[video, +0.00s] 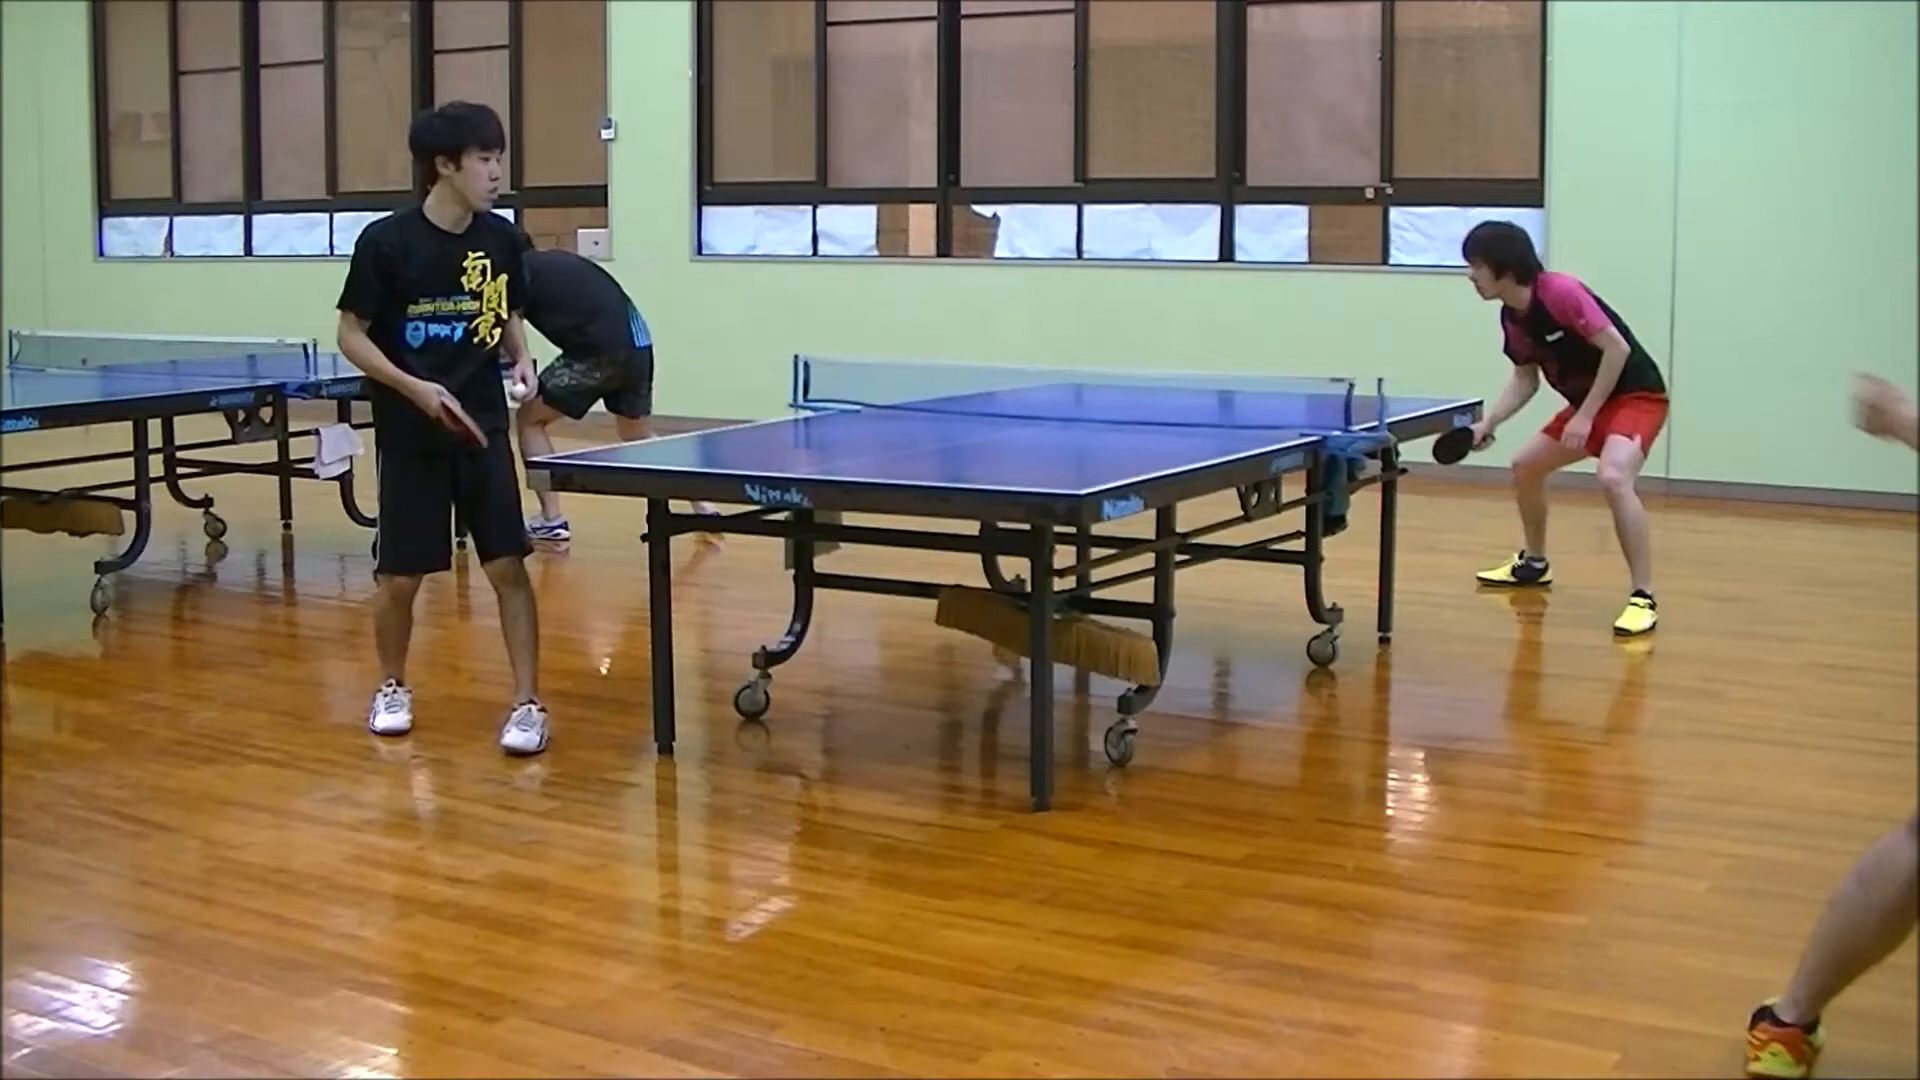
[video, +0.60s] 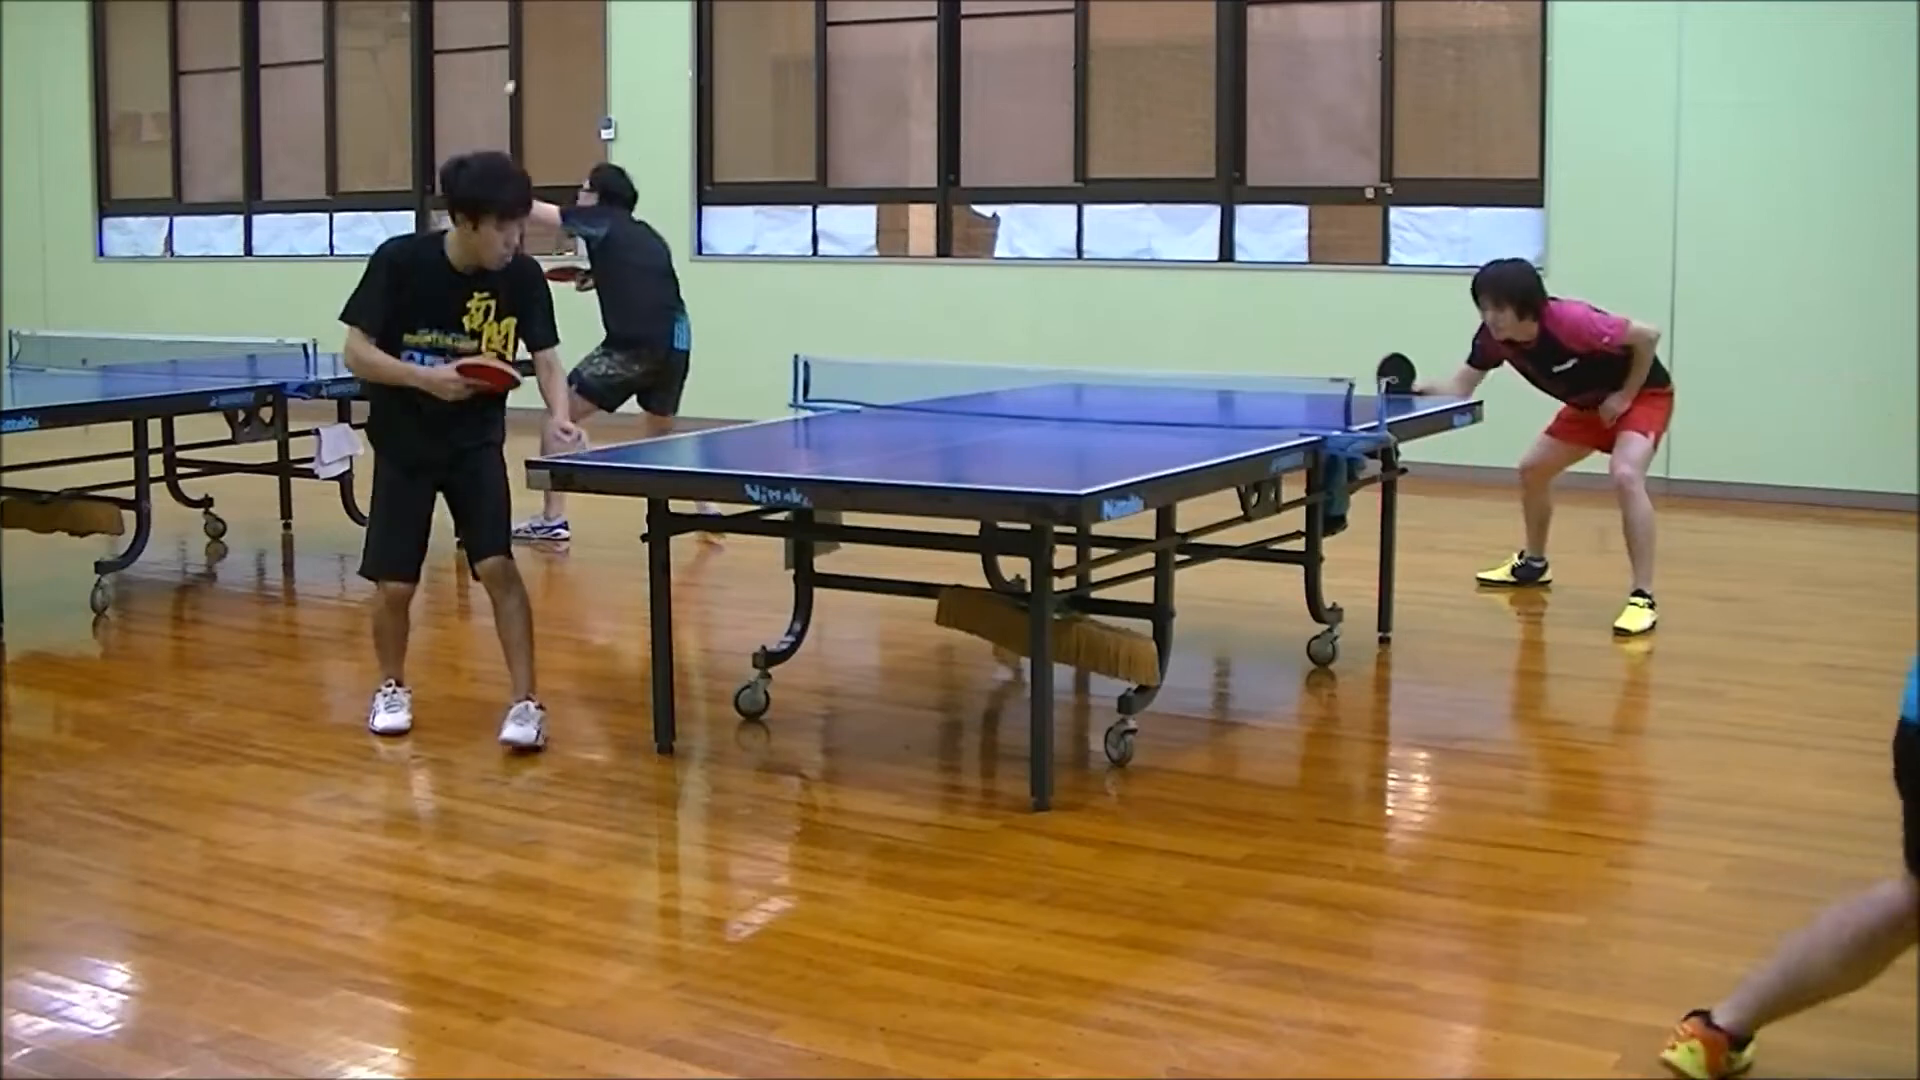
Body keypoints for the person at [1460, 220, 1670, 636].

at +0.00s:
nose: (1469, 275)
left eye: (1475, 266)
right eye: (1468, 266)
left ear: (1503, 267)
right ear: (1501, 270)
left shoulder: (1559, 292)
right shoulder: (1511, 318)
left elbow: (1617, 349)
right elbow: (1525, 380)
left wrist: (1585, 415)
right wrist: (1489, 421)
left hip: (1637, 396)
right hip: (1587, 402)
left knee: (1613, 476)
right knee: (1525, 468)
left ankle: (1643, 596)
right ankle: (1534, 563)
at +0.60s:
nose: (1488, 318)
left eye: (1497, 308)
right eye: (1484, 309)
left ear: (1523, 307)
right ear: (1481, 309)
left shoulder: (1570, 321)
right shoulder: (1492, 338)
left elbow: (1647, 336)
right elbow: (1460, 388)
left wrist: (1627, 393)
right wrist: (1421, 387)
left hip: (1643, 393)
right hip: (1587, 402)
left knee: (1626, 475)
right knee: (1533, 470)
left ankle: (1642, 596)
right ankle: (1534, 563)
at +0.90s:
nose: (1491, 326)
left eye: (1498, 316)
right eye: (1486, 317)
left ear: (1526, 313)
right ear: (1483, 316)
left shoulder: (1571, 322)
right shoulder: (1492, 333)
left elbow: (1619, 384)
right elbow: (1450, 378)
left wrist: (1550, 400)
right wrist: (1416, 384)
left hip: (1645, 392)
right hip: (1590, 400)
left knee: (1628, 474)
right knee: (1533, 470)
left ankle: (1643, 597)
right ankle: (1534, 562)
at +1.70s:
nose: (1479, 291)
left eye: (1487, 280)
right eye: (1473, 283)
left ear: (1515, 281)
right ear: (1470, 287)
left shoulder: (1562, 304)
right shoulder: (1487, 325)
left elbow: (1642, 319)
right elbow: (1450, 377)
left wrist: (1630, 379)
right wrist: (1414, 382)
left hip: (1638, 388)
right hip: (1582, 396)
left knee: (1626, 474)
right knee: (1535, 470)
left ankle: (1642, 597)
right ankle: (1534, 563)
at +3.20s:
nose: (1503, 217)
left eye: (1516, 209)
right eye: (1501, 208)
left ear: (1542, 218)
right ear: (1498, 215)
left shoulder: (1575, 264)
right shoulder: (1503, 270)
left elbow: (1638, 315)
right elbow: (1480, 334)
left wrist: (1637, 385)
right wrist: (1449, 332)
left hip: (1608, 398)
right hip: (1555, 401)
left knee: (1609, 477)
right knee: (1510, 479)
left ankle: (1641, 593)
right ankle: (1531, 562)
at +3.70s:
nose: (1518, 209)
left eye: (1527, 199)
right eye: (1518, 200)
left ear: (1556, 203)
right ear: (1537, 204)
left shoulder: (1599, 244)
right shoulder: (1535, 274)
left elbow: (1620, 306)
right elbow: (1494, 336)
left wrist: (1578, 341)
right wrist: (1435, 328)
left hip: (1623, 417)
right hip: (1562, 417)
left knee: (1660, 517)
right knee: (1477, 475)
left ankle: (1705, 604)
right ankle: (1512, 580)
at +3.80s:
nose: (1473, 210)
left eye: (1480, 200)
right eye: (1473, 201)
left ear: (1508, 203)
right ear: (1500, 208)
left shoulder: (1549, 235)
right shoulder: (1492, 274)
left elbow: (1569, 263)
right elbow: (1450, 343)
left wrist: (1512, 266)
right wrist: (1386, 357)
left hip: (1590, 414)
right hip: (1530, 413)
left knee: (1640, 517)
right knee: (1439, 467)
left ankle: (1700, 603)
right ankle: (1420, 585)